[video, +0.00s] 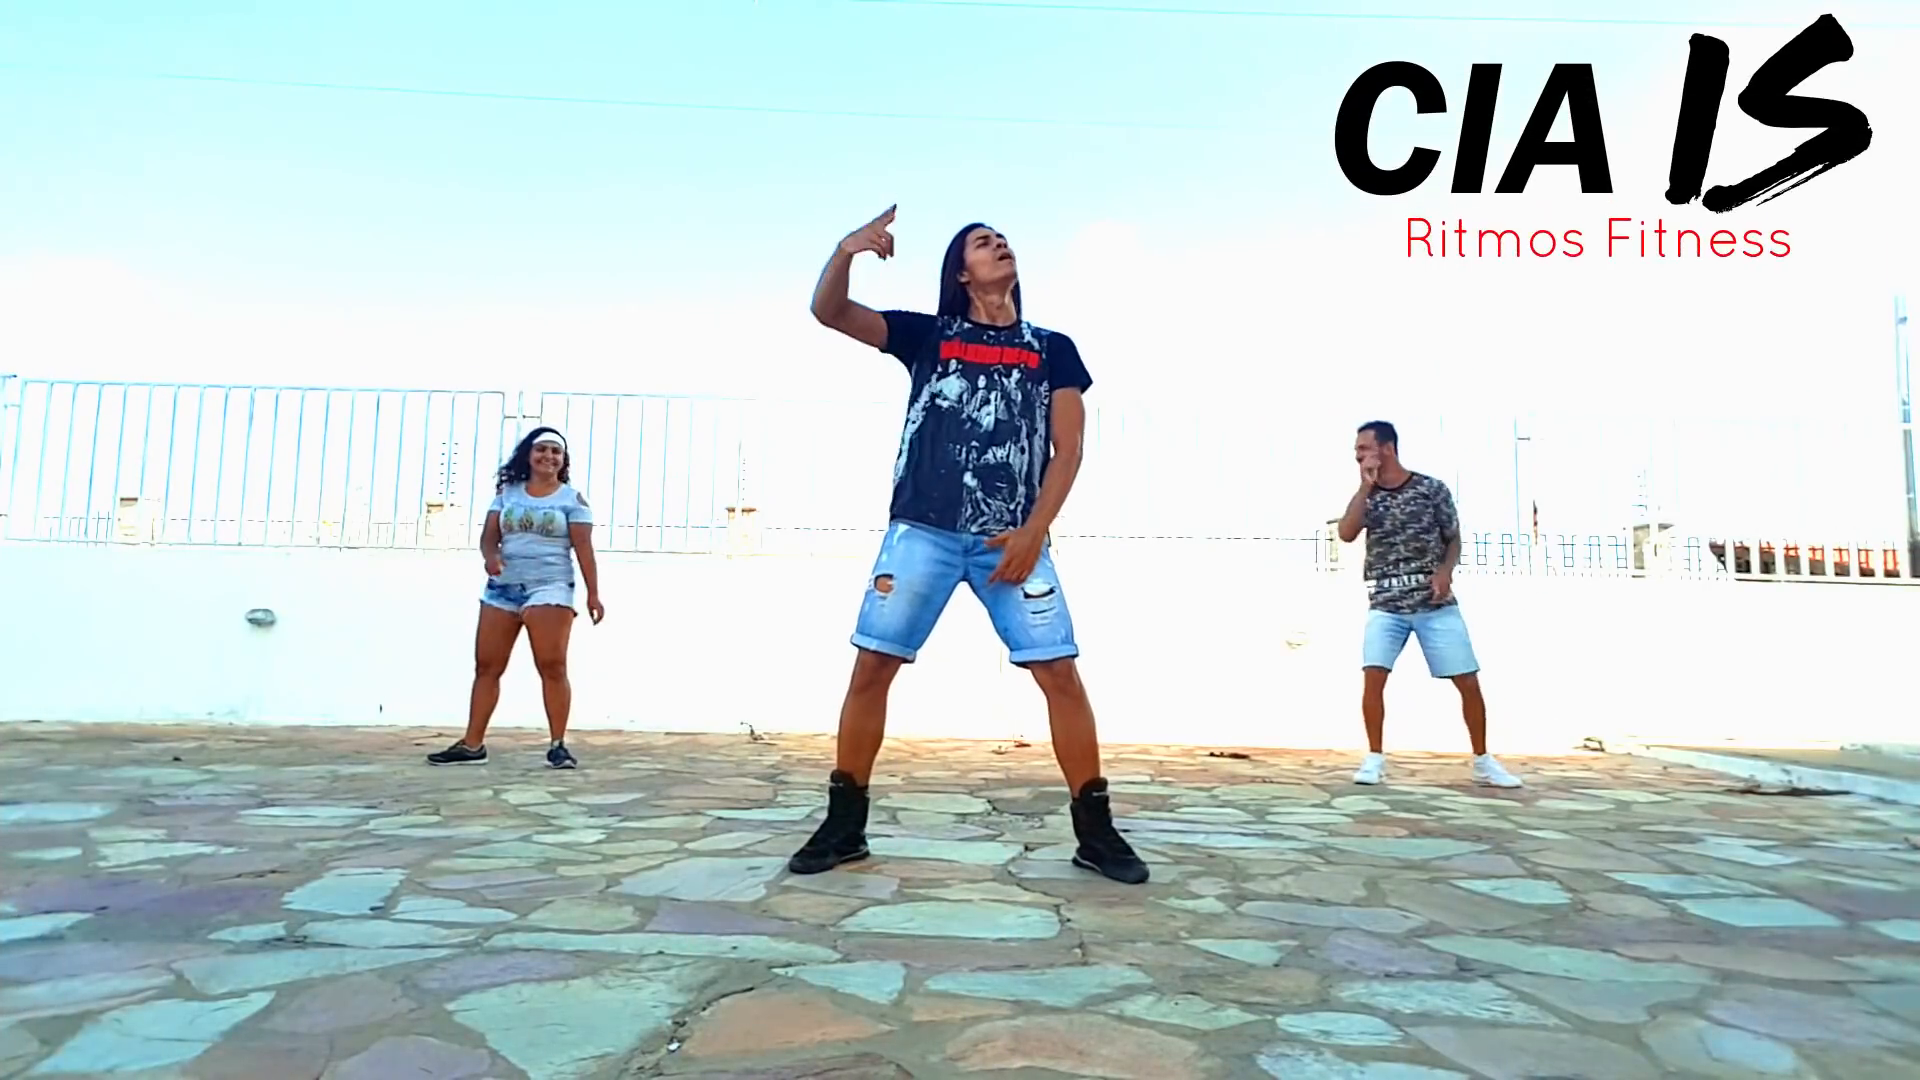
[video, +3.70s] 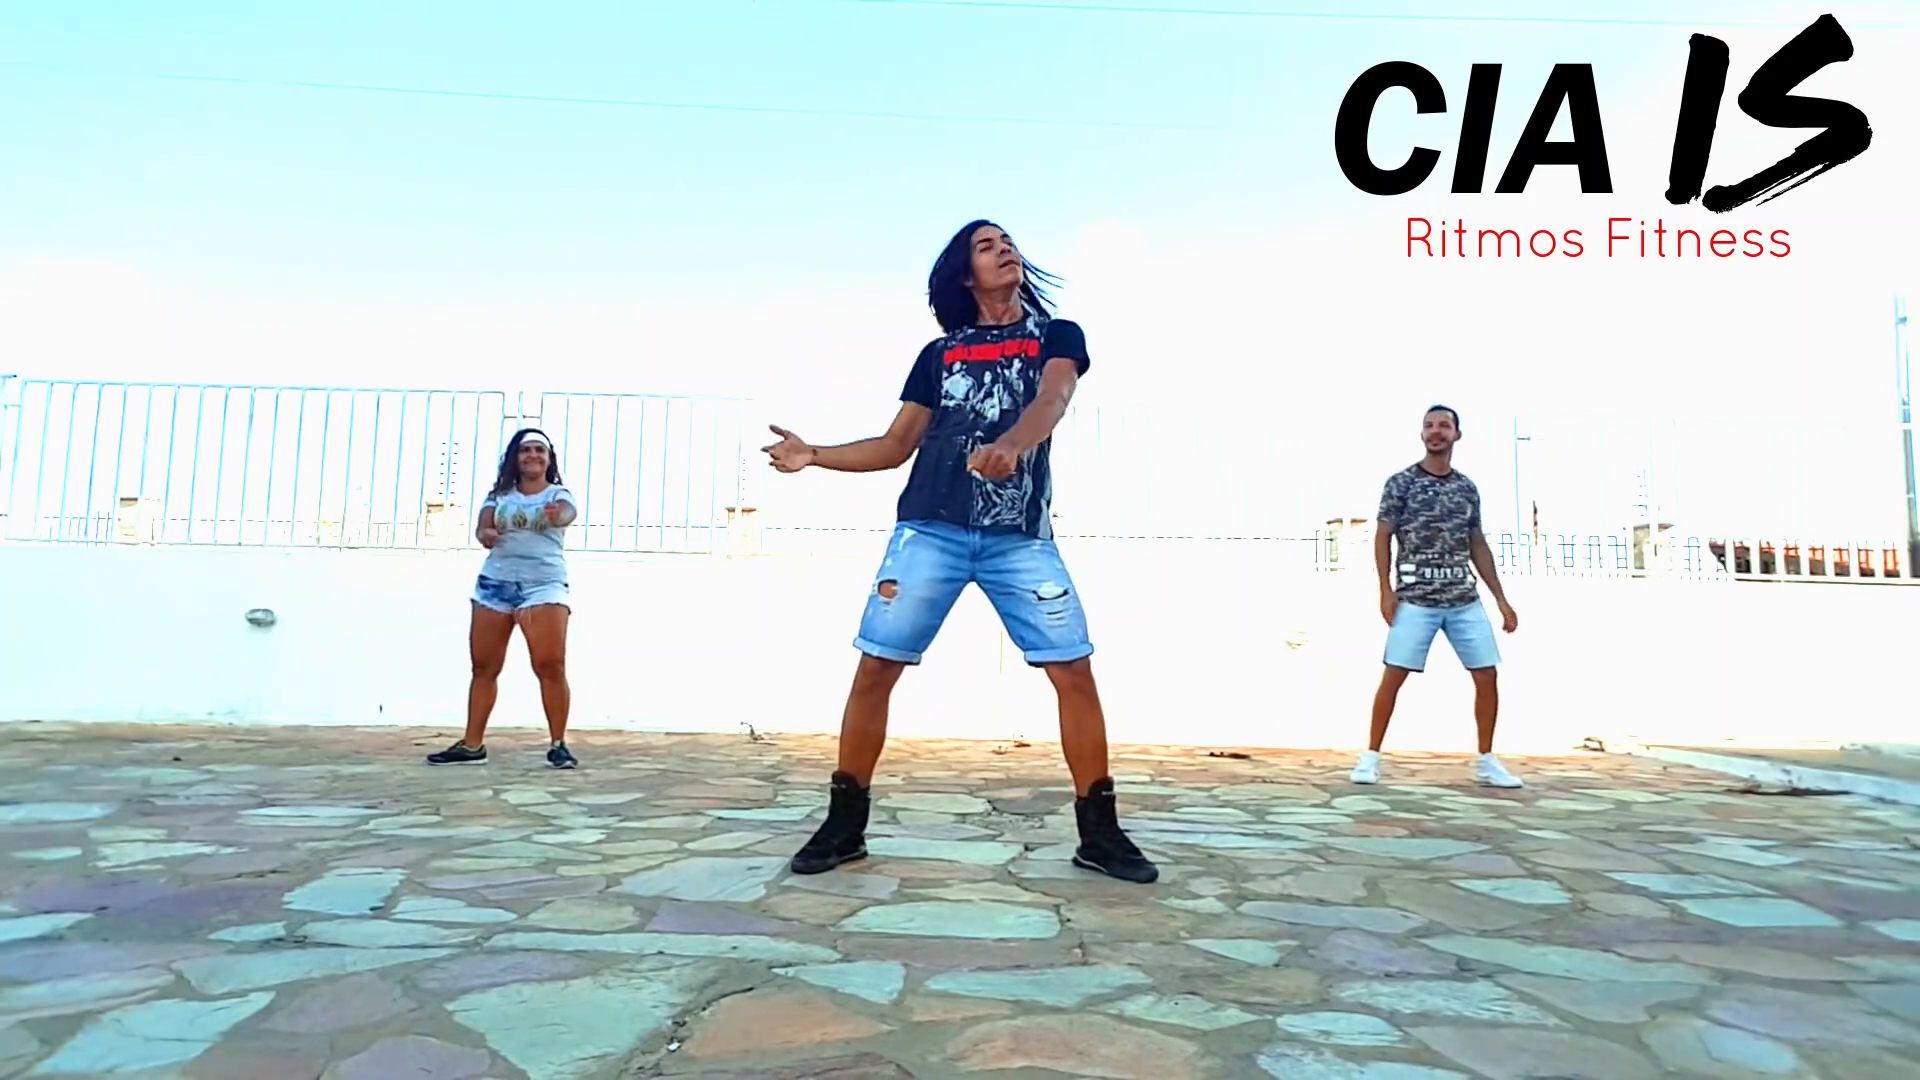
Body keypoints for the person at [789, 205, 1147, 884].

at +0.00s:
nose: (999, 245)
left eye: (1003, 242)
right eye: (983, 243)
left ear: (1014, 267)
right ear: (958, 272)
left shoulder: (1052, 349)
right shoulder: (928, 334)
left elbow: (1067, 450)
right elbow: (831, 310)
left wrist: (1036, 529)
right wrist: (847, 249)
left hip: (1014, 535)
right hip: (923, 528)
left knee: (1060, 673)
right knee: (872, 667)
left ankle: (1096, 831)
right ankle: (843, 824)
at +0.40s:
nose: (988, 258)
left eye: (995, 250)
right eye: (973, 254)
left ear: (1012, 274)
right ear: (954, 282)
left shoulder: (1048, 352)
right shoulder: (925, 347)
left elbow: (1086, 437)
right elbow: (825, 377)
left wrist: (1037, 508)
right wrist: (852, 362)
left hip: (1011, 538)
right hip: (921, 534)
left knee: (1064, 675)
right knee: (865, 668)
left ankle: (1097, 831)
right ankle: (842, 824)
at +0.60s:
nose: (979, 261)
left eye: (988, 253)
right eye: (965, 255)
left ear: (1004, 272)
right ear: (946, 277)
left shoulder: (1041, 342)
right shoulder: (925, 348)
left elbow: (1062, 391)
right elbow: (875, 403)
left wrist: (1061, 409)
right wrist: (814, 356)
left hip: (1012, 533)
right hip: (923, 528)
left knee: (1058, 672)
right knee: (870, 666)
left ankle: (1096, 830)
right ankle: (842, 823)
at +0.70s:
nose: (975, 262)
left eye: (985, 254)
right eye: (961, 255)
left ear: (1001, 273)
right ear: (943, 276)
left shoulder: (1035, 339)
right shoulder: (923, 345)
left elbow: (1043, 377)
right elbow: (924, 394)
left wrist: (1033, 373)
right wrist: (863, 374)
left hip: (1011, 529)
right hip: (924, 525)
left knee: (1054, 669)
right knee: (871, 664)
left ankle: (1094, 828)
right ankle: (843, 822)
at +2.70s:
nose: (958, 274)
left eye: (970, 263)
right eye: (947, 270)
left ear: (997, 277)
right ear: (940, 292)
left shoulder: (1036, 344)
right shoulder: (919, 358)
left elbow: (1048, 372)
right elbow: (864, 429)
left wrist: (1009, 365)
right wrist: (901, 387)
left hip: (1016, 535)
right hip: (929, 532)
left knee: (1067, 668)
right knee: (870, 665)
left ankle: (1098, 832)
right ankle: (840, 823)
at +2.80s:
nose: (943, 272)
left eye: (956, 260)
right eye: (941, 267)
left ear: (992, 271)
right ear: (946, 286)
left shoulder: (1044, 340)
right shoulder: (931, 350)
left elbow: (1049, 372)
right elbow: (855, 423)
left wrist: (1004, 371)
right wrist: (840, 349)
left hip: (1017, 534)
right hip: (930, 530)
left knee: (1066, 667)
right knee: (873, 666)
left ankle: (1098, 831)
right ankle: (841, 824)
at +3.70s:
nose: (1005, 250)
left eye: (1009, 242)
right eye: (987, 246)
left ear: (1022, 263)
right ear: (962, 273)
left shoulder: (1058, 335)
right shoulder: (941, 354)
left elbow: (1052, 399)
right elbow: (895, 445)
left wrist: (1013, 444)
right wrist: (813, 454)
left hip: (1020, 537)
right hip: (931, 531)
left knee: (1074, 669)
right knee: (876, 667)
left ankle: (1100, 832)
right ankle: (843, 824)